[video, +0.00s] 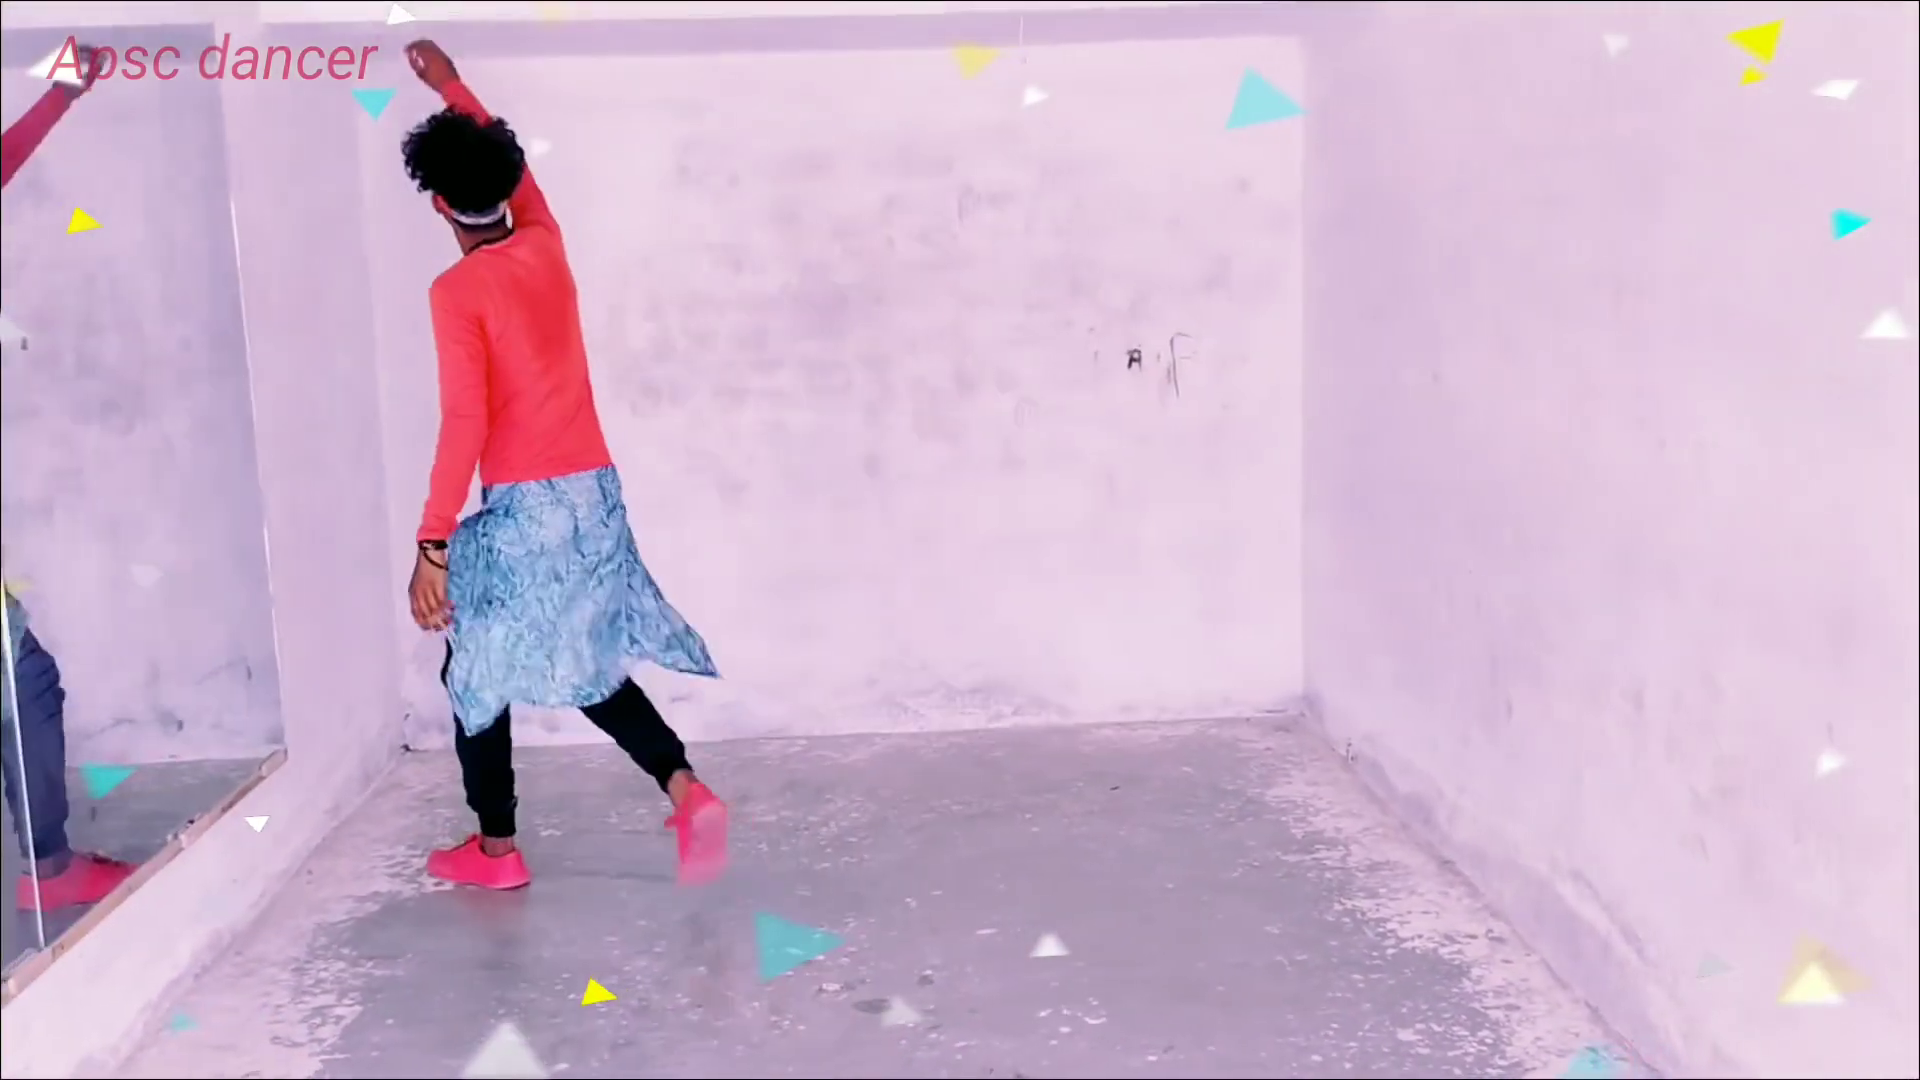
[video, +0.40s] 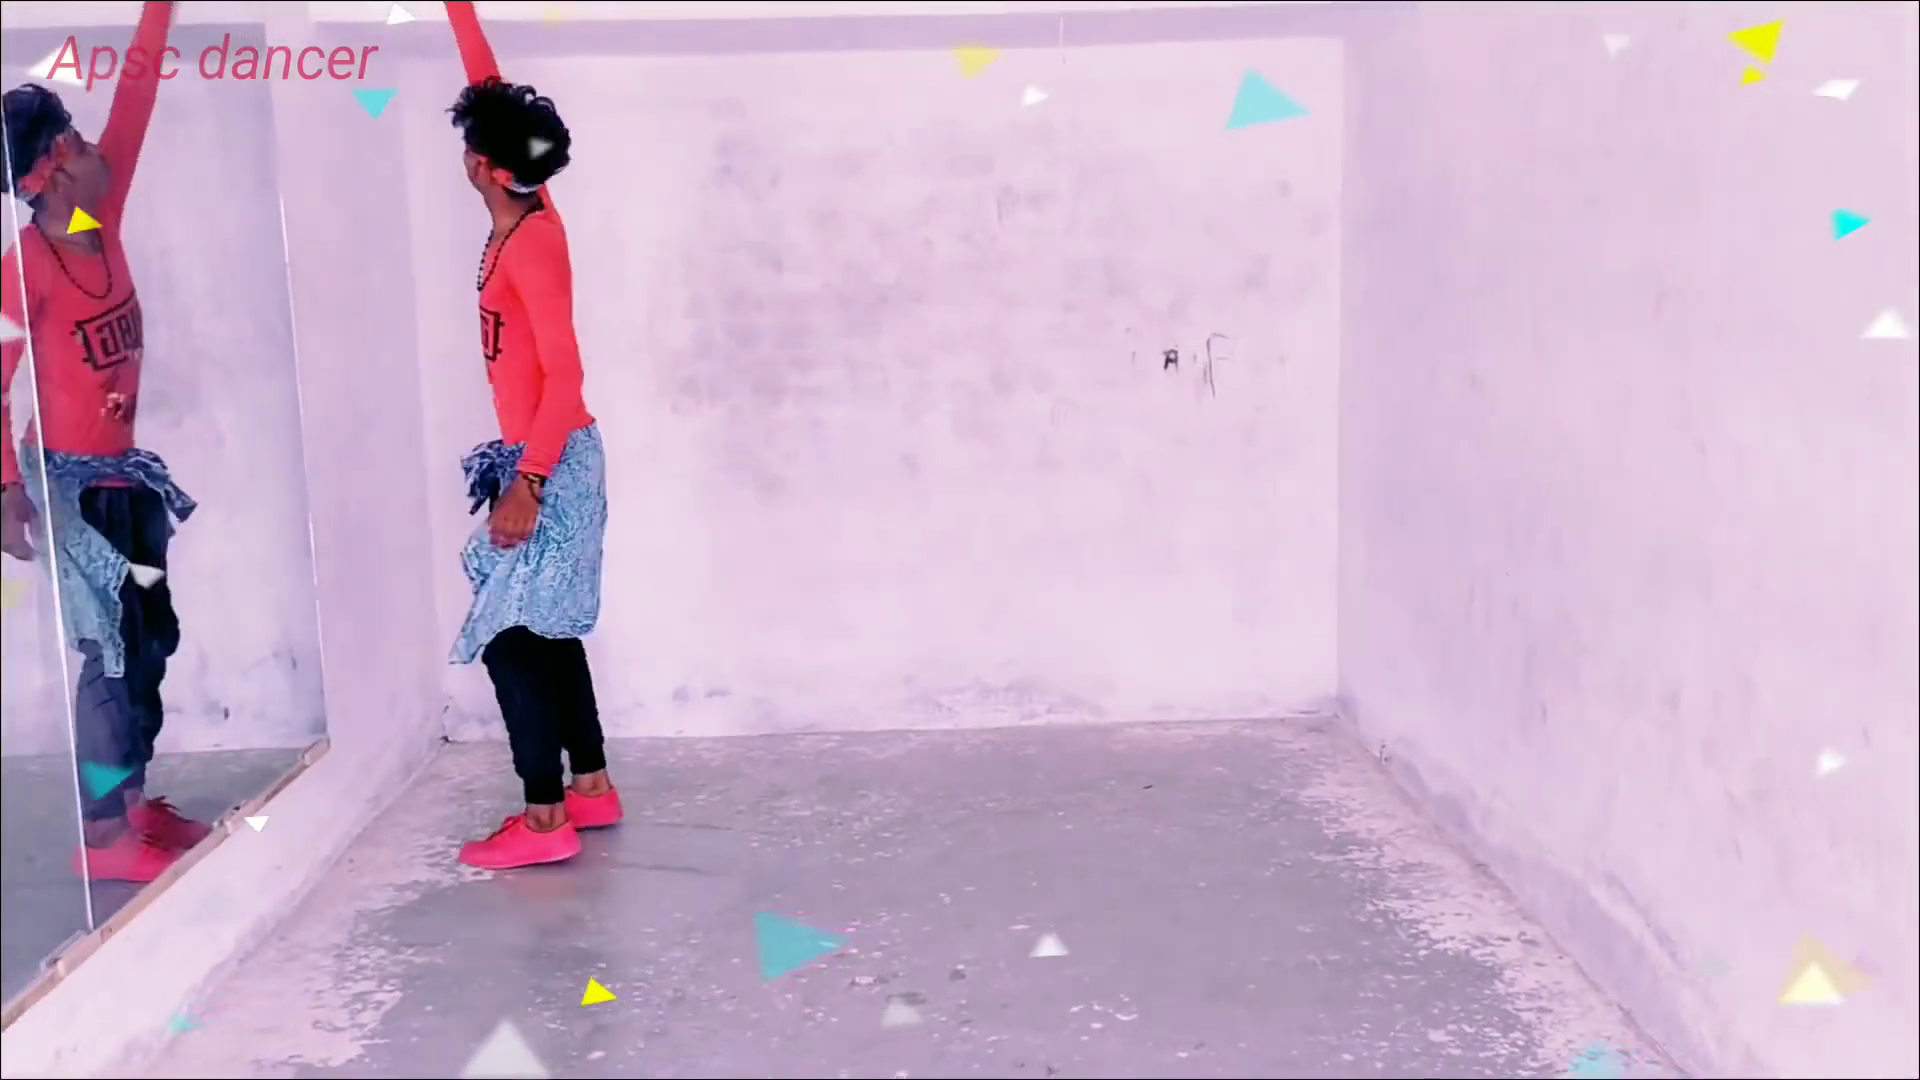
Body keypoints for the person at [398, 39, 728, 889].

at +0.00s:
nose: (427, 205)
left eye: (430, 194)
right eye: (433, 192)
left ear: (442, 204)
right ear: (511, 189)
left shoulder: (460, 291)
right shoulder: (547, 248)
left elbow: (465, 423)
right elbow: (510, 164)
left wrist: (433, 544)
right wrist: (452, 88)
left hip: (518, 511)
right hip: (592, 496)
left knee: (471, 671)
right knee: (585, 661)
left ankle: (497, 847)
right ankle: (689, 792)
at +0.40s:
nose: (465, 164)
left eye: (470, 153)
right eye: (469, 151)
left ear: (488, 167)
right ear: (521, 162)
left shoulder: (530, 246)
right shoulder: (525, 216)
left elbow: (563, 376)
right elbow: (488, 93)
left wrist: (527, 479)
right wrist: (458, 5)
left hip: (542, 466)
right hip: (553, 457)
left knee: (506, 638)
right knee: (549, 629)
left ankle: (544, 820)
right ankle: (592, 786)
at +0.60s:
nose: (502, 172)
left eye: (519, 161)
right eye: (500, 155)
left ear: (562, 172)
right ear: (501, 155)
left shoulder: (575, 252)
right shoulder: (526, 219)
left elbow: (620, 365)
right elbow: (489, 96)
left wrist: (632, 477)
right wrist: (458, 4)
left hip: (584, 463)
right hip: (551, 456)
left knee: (561, 629)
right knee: (551, 627)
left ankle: (616, 808)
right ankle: (595, 788)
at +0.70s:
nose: (529, 174)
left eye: (548, 159)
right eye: (522, 157)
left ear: (584, 167)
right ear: (514, 163)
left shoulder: (602, 251)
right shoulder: (534, 221)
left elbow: (643, 363)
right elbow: (488, 120)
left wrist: (664, 474)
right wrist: (447, 22)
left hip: (609, 465)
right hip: (563, 463)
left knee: (607, 631)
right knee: (566, 629)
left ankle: (676, 797)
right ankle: (606, 787)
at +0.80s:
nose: (552, 173)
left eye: (566, 158)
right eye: (545, 157)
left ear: (602, 161)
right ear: (539, 163)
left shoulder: (630, 248)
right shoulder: (543, 225)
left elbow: (669, 360)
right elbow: (480, 167)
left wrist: (690, 463)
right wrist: (433, 70)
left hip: (638, 459)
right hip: (577, 462)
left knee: (661, 622)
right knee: (575, 627)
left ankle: (740, 786)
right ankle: (608, 786)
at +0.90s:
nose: (588, 177)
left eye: (603, 162)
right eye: (576, 161)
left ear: (632, 166)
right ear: (563, 164)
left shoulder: (658, 249)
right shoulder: (561, 236)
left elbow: (696, 357)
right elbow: (499, 250)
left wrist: (718, 460)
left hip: (667, 466)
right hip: (599, 471)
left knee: (715, 623)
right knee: (578, 632)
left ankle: (802, 780)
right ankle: (607, 786)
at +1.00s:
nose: (627, 190)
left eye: (641, 175)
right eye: (613, 174)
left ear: (663, 180)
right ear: (595, 180)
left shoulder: (693, 262)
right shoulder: (587, 259)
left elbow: (737, 364)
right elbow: (550, 324)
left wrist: (760, 470)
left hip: (702, 486)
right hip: (626, 491)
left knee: (771, 631)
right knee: (572, 637)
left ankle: (858, 782)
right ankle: (607, 788)